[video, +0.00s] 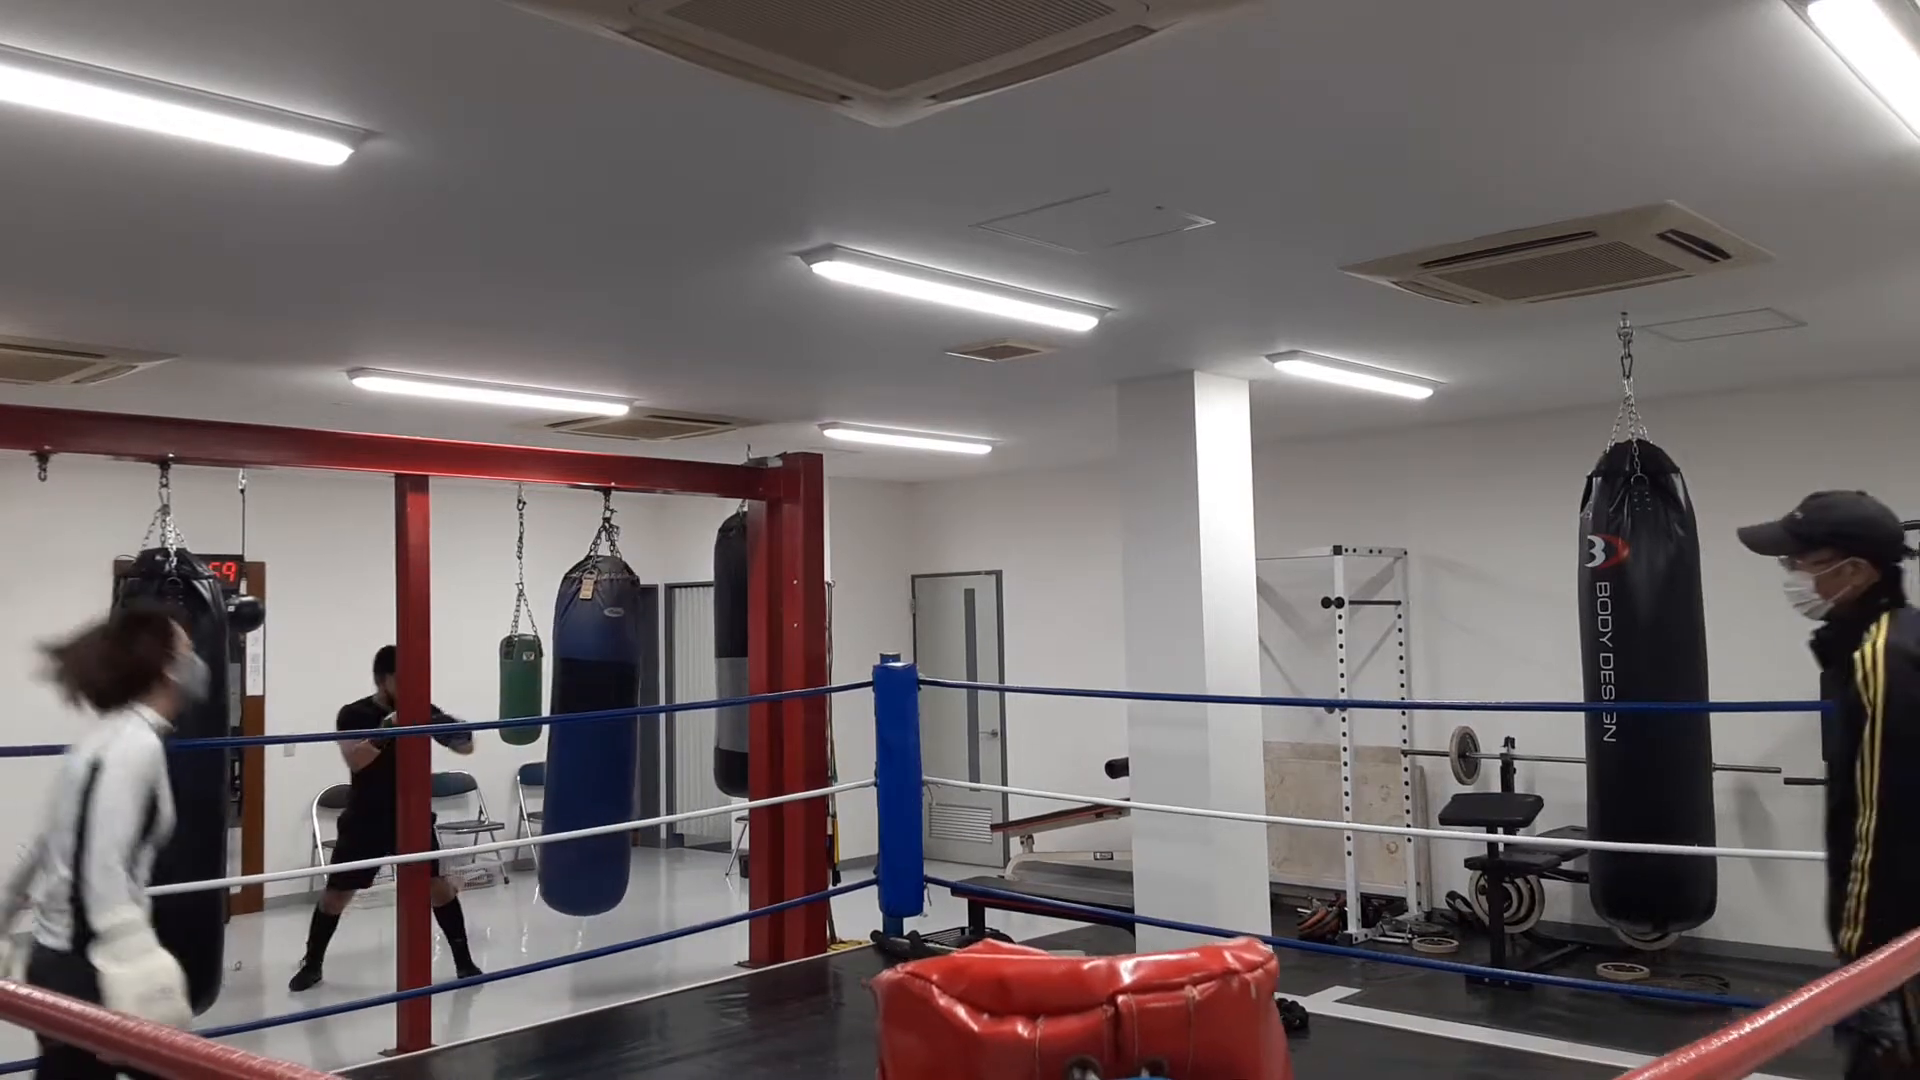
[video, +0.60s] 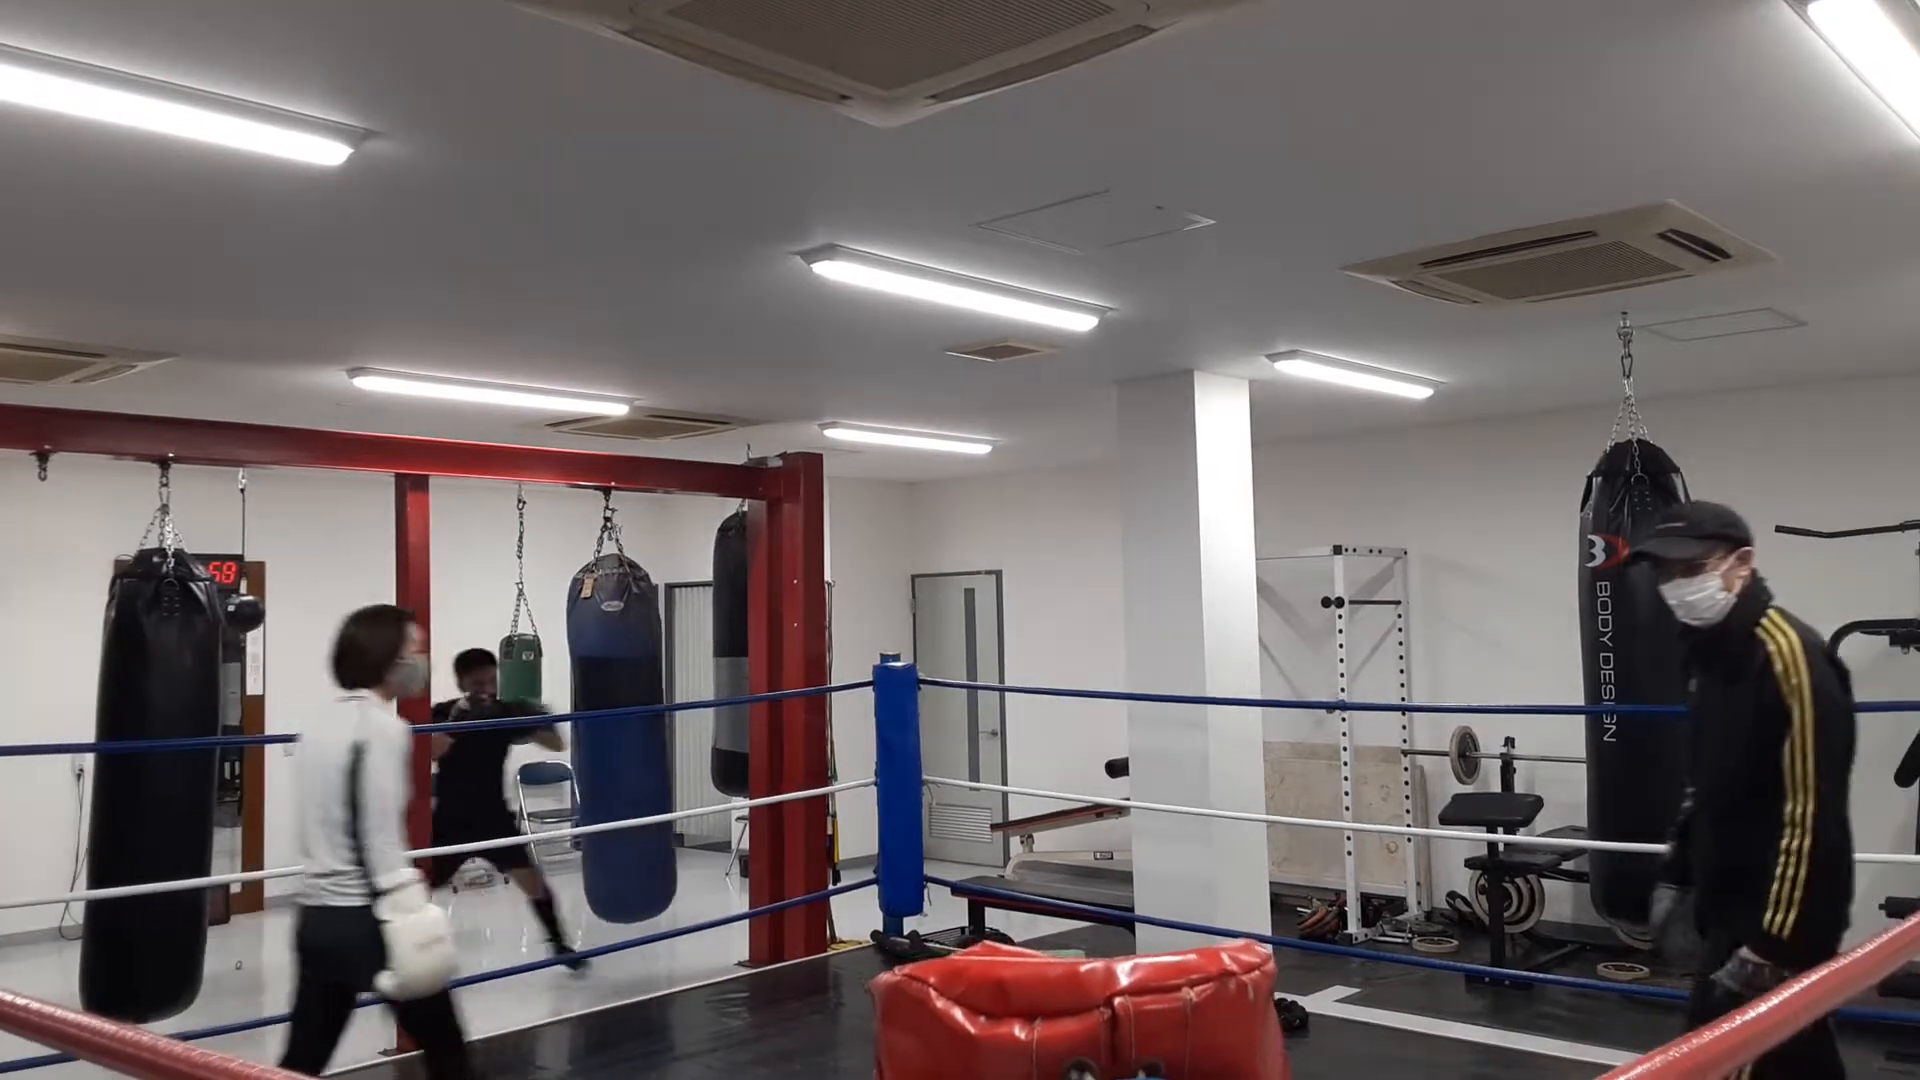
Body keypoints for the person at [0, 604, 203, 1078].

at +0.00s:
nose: (197, 665)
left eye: (191, 650)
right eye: (186, 651)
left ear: (127, 669)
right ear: (164, 668)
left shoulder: (100, 739)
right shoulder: (137, 743)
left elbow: (43, 850)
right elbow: (104, 871)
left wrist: (7, 919)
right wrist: (150, 980)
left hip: (53, 962)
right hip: (94, 969)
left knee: (62, 1069)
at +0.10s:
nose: (236, 671)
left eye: (232, 660)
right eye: (227, 661)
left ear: (170, 680)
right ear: (203, 678)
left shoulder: (129, 748)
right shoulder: (179, 752)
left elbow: (97, 867)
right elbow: (162, 875)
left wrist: (57, 946)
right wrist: (177, 980)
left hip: (104, 960)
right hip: (143, 962)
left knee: (122, 1066)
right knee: (225, 1065)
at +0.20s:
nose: (261, 668)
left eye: (258, 657)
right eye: (253, 658)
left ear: (188, 671)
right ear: (234, 671)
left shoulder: (153, 743)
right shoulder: (227, 737)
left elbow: (129, 855)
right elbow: (218, 839)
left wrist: (122, 943)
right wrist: (214, 942)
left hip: (150, 943)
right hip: (200, 944)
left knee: (171, 1068)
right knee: (249, 1066)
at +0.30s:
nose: (306, 656)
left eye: (302, 644)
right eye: (297, 645)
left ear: (244, 651)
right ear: (273, 653)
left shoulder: (195, 727)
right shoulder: (252, 721)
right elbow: (245, 832)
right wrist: (267, 929)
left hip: (198, 928)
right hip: (242, 927)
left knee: (247, 1065)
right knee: (295, 1066)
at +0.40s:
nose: (342, 655)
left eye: (340, 643)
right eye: (336, 644)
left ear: (276, 647)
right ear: (312, 653)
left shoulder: (236, 717)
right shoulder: (286, 717)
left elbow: (230, 830)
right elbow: (278, 830)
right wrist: (325, 918)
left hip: (237, 919)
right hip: (276, 920)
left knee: (258, 1061)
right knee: (364, 1044)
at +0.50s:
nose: (383, 655)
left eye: (379, 644)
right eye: (375, 645)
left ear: (315, 652)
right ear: (352, 657)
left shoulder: (271, 724)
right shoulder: (330, 722)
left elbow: (265, 829)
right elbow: (326, 831)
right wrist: (373, 913)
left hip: (275, 920)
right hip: (327, 918)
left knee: (271, 1067)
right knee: (402, 1058)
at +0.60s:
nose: (423, 658)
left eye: (421, 647)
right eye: (416, 647)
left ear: (357, 655)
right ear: (390, 658)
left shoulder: (319, 723)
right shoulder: (383, 726)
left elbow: (311, 830)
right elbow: (381, 833)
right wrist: (415, 916)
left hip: (320, 921)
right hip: (375, 919)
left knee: (301, 1063)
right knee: (447, 1054)